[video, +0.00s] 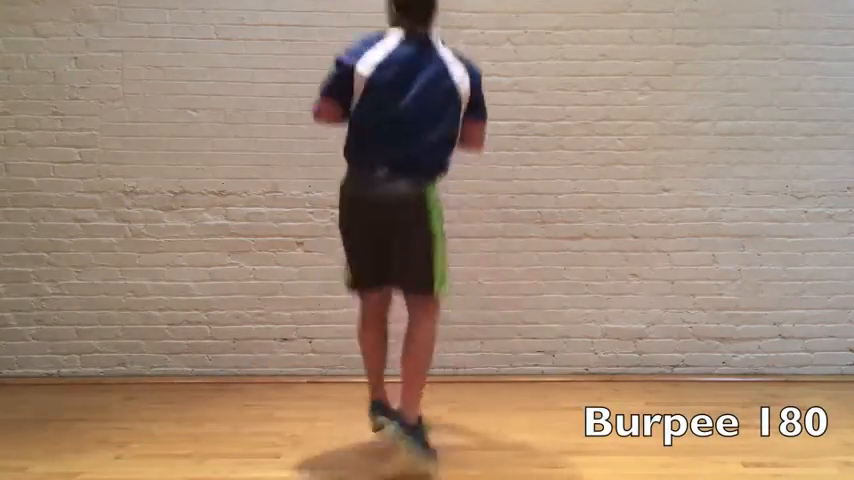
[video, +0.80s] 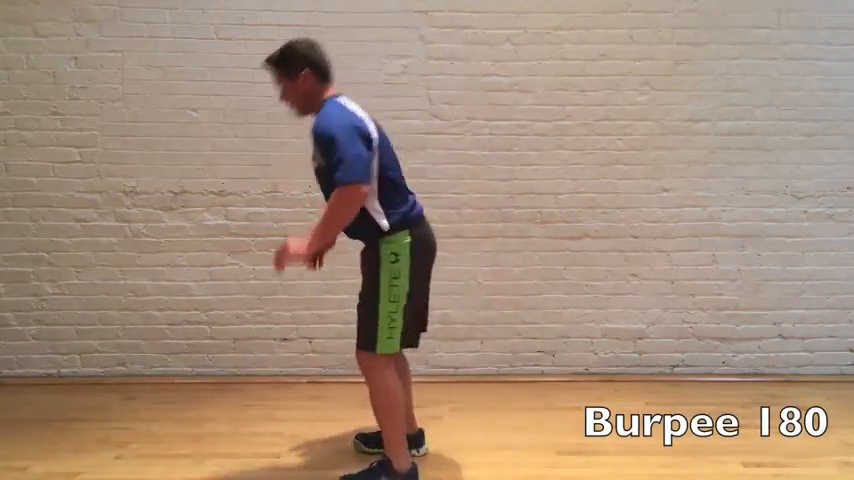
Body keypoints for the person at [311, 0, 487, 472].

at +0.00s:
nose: (407, 15)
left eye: (397, 10)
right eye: (423, 11)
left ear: (392, 11)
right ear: (435, 14)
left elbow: (326, 109)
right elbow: (473, 138)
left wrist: (374, 109)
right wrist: (427, 122)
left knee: (373, 302)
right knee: (423, 310)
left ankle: (378, 404)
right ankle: (408, 421)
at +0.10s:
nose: (365, 4)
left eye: (367, 1)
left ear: (373, 0)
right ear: (412, 0)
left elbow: (319, 94)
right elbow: (468, 107)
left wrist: (348, 84)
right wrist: (420, 111)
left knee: (360, 287)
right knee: (415, 280)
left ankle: (363, 388)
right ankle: (419, 379)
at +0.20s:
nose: (344, 6)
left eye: (345, 2)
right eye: (345, 2)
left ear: (353, 1)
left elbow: (336, 99)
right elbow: (445, 99)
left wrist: (310, 107)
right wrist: (395, 101)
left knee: (355, 286)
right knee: (398, 273)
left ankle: (366, 398)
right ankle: (417, 373)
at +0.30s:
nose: (329, 25)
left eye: (334, 15)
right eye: (330, 15)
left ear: (358, 18)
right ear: (369, 19)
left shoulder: (371, 66)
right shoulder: (395, 59)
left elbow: (365, 134)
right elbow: (379, 126)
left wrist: (312, 151)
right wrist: (331, 131)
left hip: (386, 200)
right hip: (405, 193)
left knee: (367, 312)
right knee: (388, 305)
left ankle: (373, 433)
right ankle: (399, 394)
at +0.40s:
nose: (316, 70)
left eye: (322, 61)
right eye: (317, 61)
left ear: (348, 66)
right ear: (348, 67)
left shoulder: (379, 121)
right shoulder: (354, 117)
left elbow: (396, 178)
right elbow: (351, 165)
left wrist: (331, 209)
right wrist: (295, 164)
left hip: (402, 248)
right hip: (380, 245)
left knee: (371, 352)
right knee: (362, 339)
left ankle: (394, 465)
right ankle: (397, 426)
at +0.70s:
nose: (300, 75)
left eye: (305, 65)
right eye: (300, 66)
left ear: (330, 63)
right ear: (334, 64)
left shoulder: (352, 111)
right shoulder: (349, 107)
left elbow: (379, 171)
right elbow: (358, 181)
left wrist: (326, 216)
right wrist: (320, 216)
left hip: (389, 243)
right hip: (386, 239)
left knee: (371, 354)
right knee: (385, 346)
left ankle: (398, 464)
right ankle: (405, 431)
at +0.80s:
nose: (281, 96)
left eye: (283, 85)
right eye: (279, 87)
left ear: (307, 78)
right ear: (310, 79)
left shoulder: (336, 120)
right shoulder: (338, 114)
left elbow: (354, 189)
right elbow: (352, 190)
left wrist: (314, 241)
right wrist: (324, 239)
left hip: (395, 243)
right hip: (398, 239)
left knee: (373, 356)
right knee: (388, 347)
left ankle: (398, 464)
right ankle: (406, 432)